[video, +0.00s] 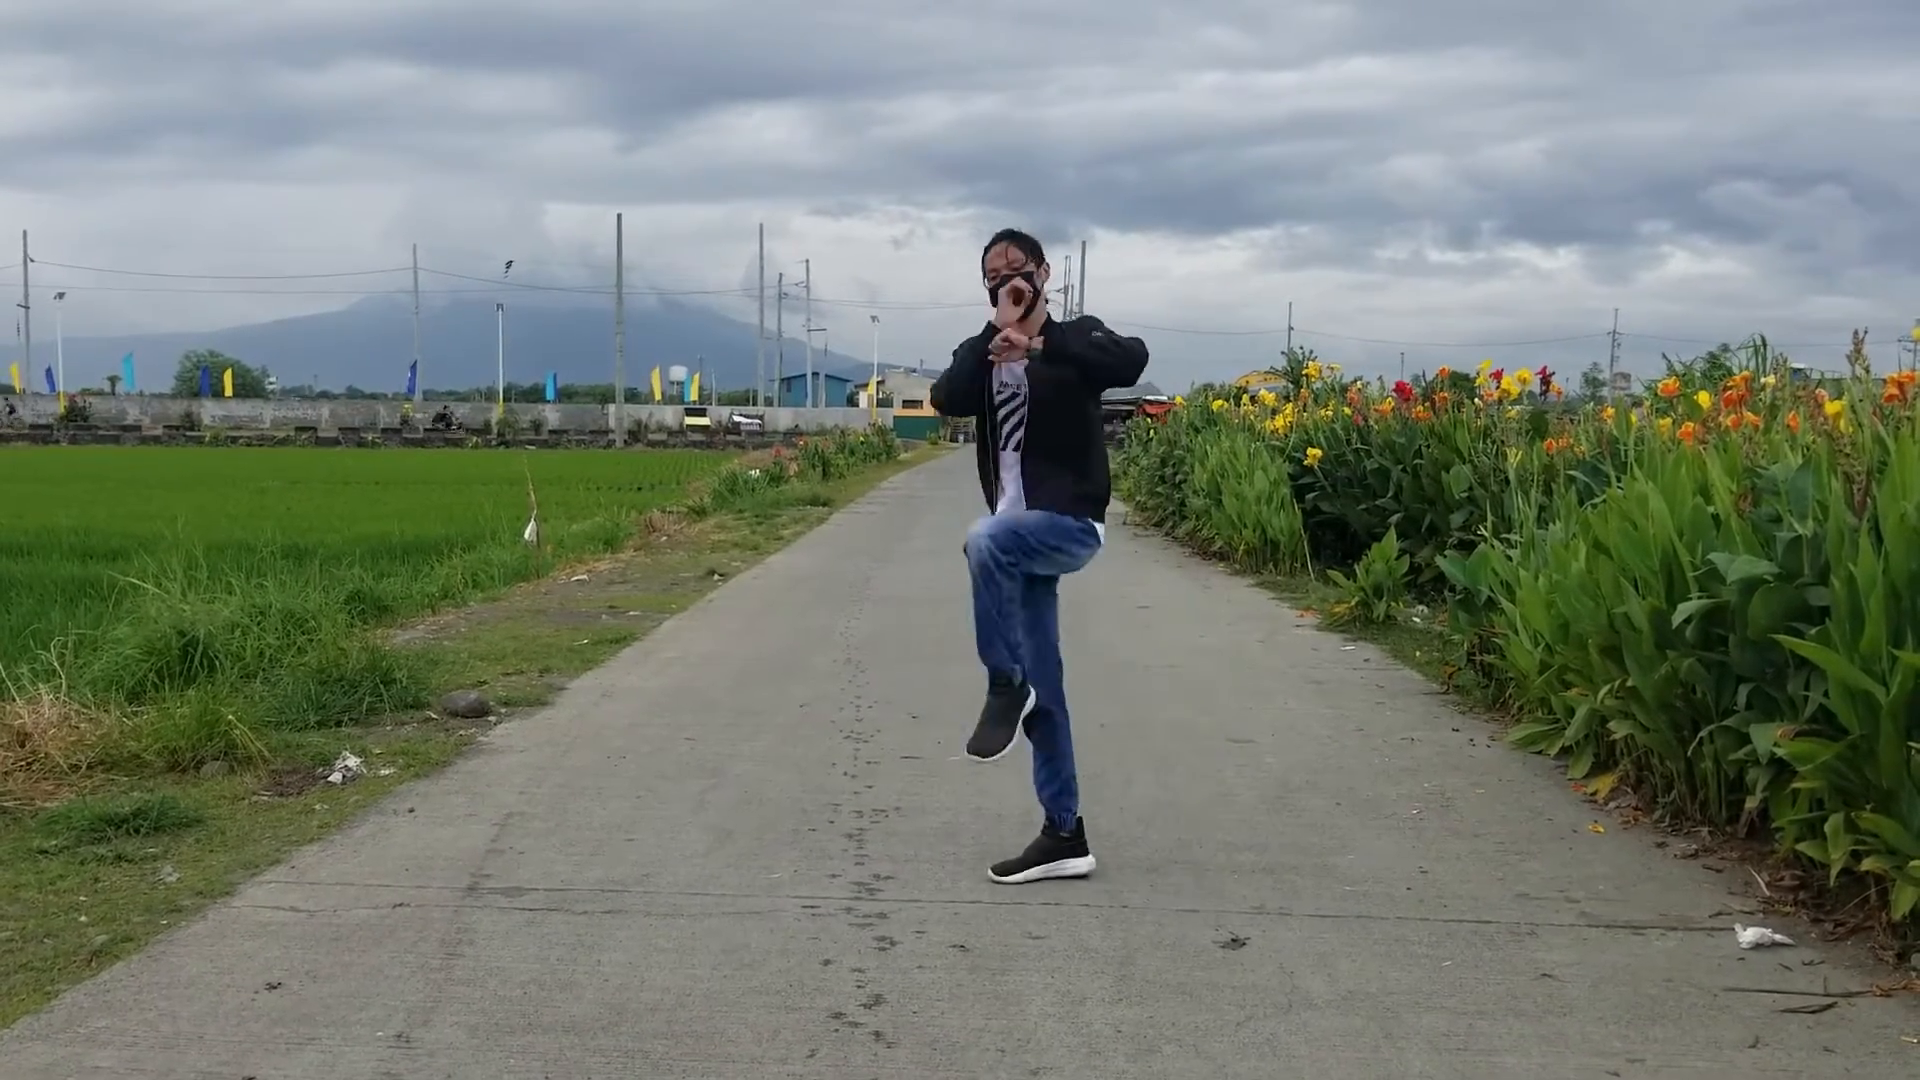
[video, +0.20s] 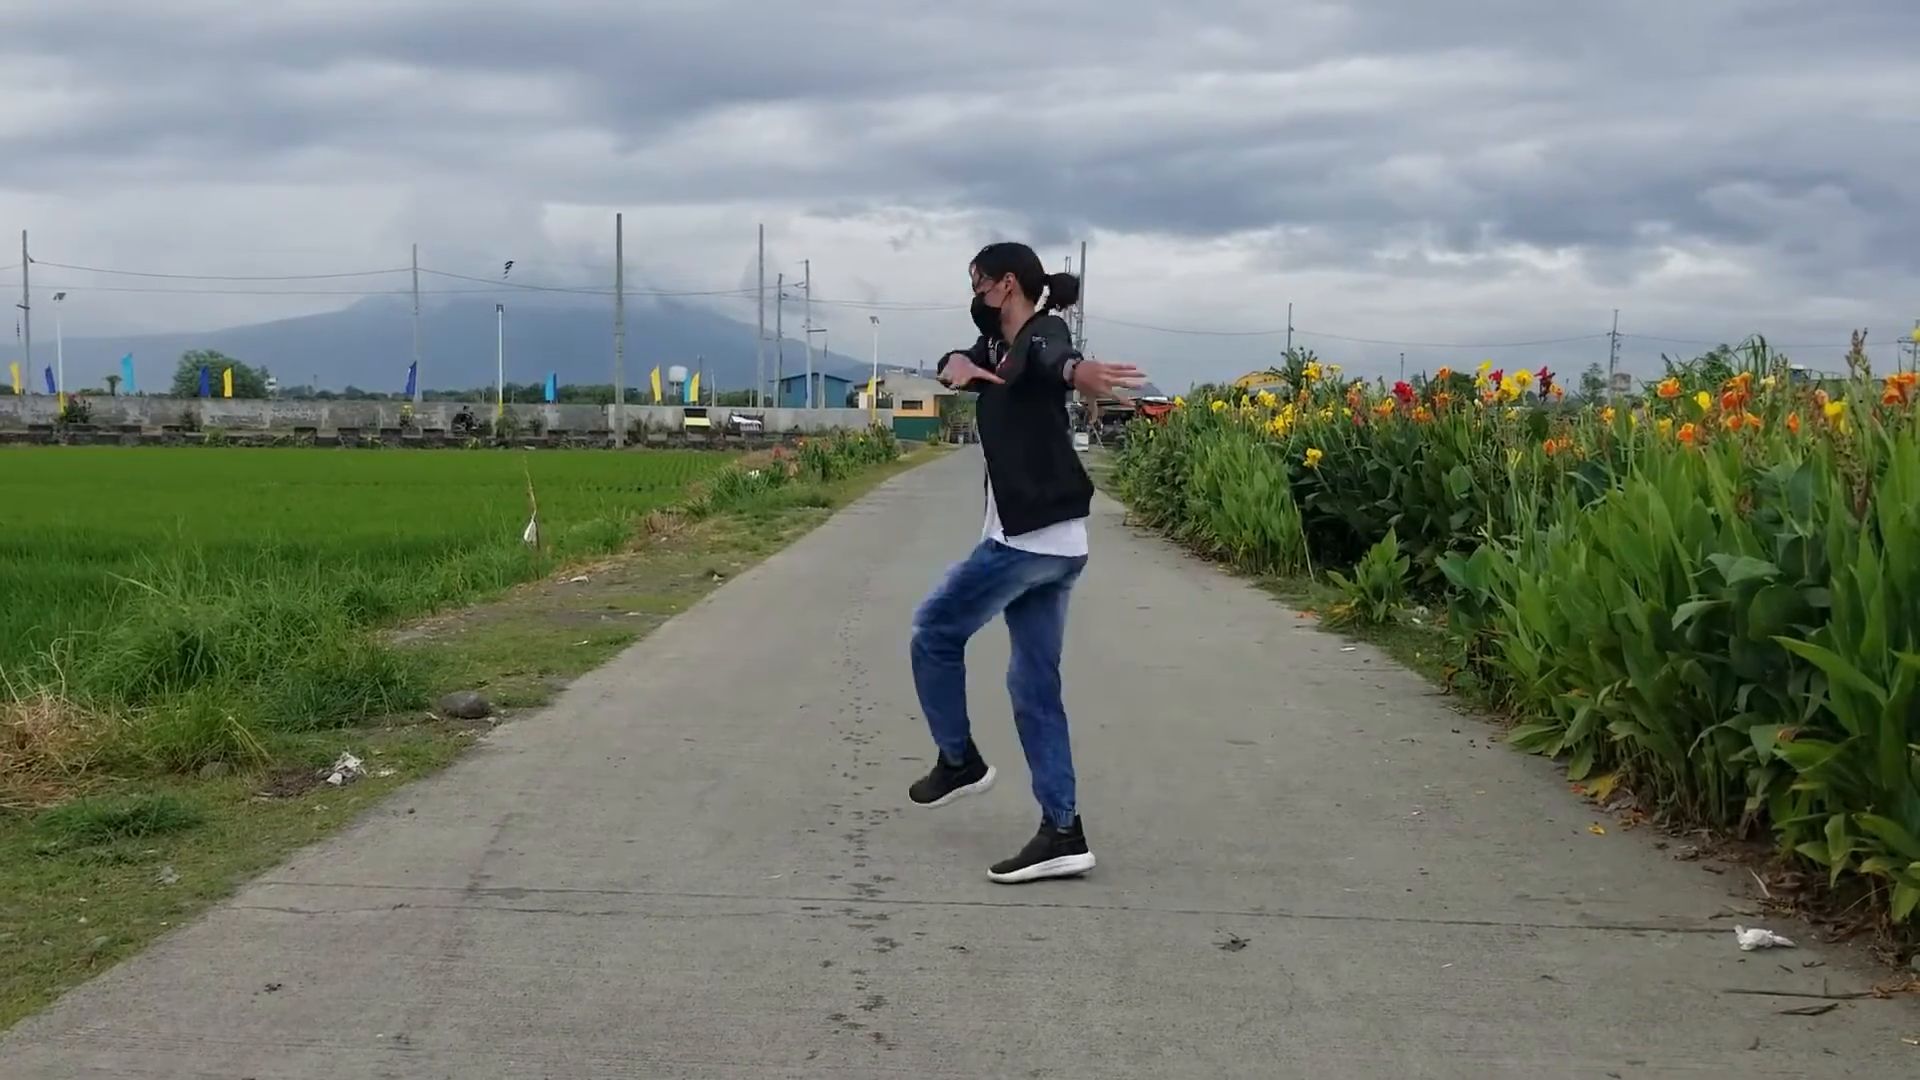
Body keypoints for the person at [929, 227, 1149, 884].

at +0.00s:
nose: (1007, 283)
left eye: (1016, 270)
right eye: (996, 277)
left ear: (1042, 273)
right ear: (986, 291)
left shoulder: (1077, 333)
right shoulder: (980, 350)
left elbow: (1131, 361)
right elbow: (949, 400)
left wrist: (1046, 347)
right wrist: (992, 337)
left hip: (1070, 520)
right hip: (1012, 524)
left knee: (987, 540)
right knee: (1040, 685)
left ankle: (1005, 685)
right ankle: (1064, 833)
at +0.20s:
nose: (975, 294)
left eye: (980, 284)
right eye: (975, 285)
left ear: (1009, 284)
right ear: (1009, 286)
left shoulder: (1045, 333)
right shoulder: (996, 344)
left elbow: (1047, 355)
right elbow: (951, 364)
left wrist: (1076, 370)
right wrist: (958, 369)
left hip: (1027, 540)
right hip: (1053, 541)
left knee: (935, 627)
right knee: (1035, 689)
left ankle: (958, 760)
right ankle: (1062, 831)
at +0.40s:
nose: (960, 321)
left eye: (962, 313)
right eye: (964, 311)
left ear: (971, 321)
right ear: (1014, 318)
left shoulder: (985, 390)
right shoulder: (1038, 375)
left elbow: (990, 485)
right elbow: (976, 470)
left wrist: (989, 576)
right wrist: (917, 518)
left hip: (1002, 564)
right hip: (1059, 560)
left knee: (989, 686)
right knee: (1039, 696)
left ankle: (990, 804)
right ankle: (1019, 786)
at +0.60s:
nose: (1026, 297)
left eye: (1014, 289)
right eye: (1026, 288)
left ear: (976, 300)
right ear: (1027, 293)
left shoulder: (948, 370)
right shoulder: (1061, 348)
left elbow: (913, 456)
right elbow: (1107, 427)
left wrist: (943, 507)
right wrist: (1072, 398)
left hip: (983, 537)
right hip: (1048, 530)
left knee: (1007, 656)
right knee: (1106, 642)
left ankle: (991, 777)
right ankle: (996, 703)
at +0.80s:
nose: (1055, 314)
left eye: (1053, 304)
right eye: (1054, 306)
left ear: (1000, 307)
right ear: (1042, 311)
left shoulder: (973, 368)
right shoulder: (1031, 365)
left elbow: (972, 441)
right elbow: (1099, 415)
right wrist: (1191, 401)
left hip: (1009, 547)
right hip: (1035, 551)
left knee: (1089, 639)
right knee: (999, 692)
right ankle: (926, 808)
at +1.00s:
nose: (1104, 292)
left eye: (1101, 283)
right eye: (1097, 285)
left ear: (1056, 301)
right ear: (1073, 298)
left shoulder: (1034, 357)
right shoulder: (1056, 354)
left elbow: (988, 424)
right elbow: (1057, 403)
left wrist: (1032, 459)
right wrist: (1144, 397)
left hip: (1076, 547)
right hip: (1064, 549)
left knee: (1153, 628)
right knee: (1033, 677)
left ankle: (1198, 752)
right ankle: (951, 786)